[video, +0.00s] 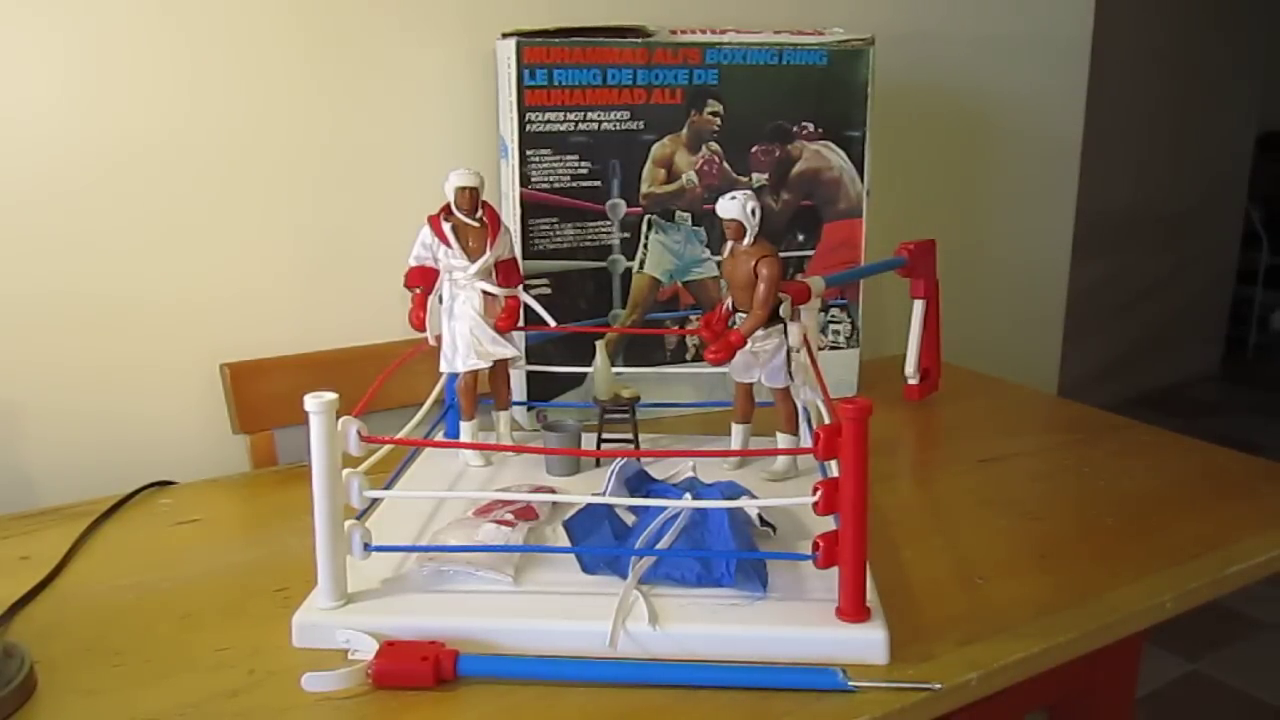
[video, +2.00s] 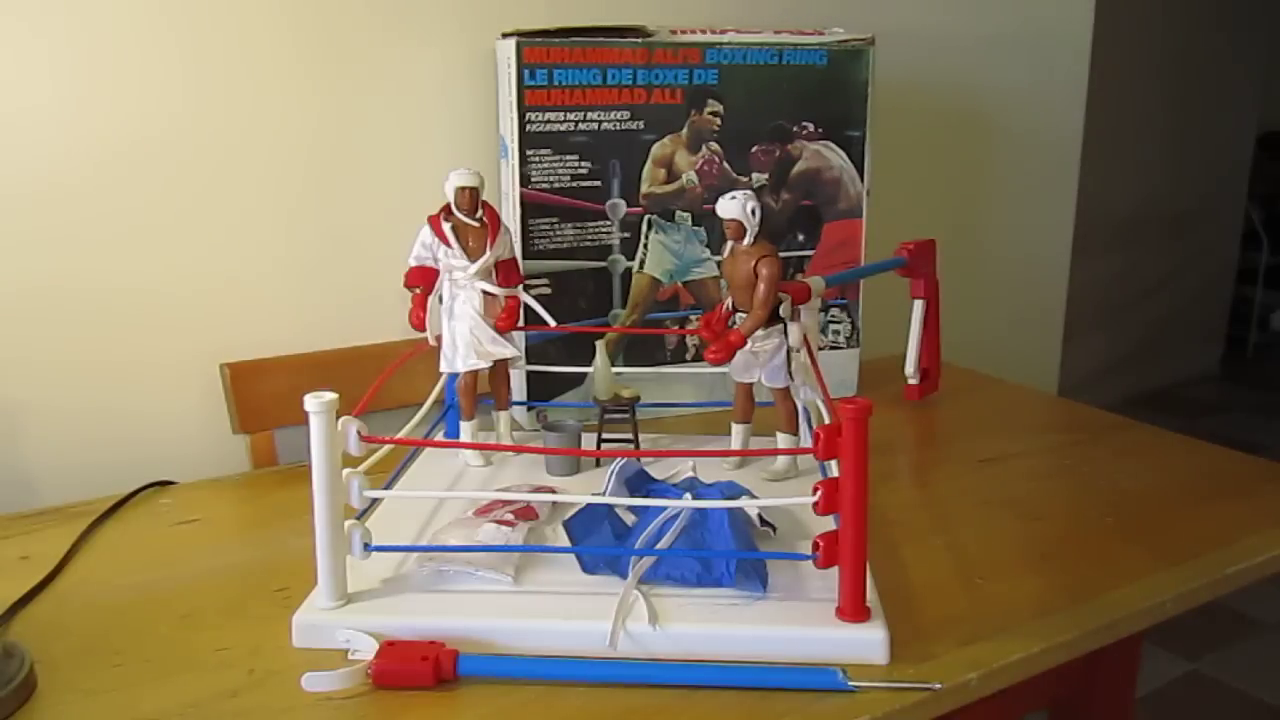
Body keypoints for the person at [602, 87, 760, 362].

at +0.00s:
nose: (718, 122)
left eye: (720, 116)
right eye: (713, 114)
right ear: (694, 115)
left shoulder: (712, 150)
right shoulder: (665, 148)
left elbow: (731, 182)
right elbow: (646, 196)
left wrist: (755, 180)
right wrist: (682, 183)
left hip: (693, 237)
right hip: (660, 234)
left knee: (719, 309)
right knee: (635, 314)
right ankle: (596, 370)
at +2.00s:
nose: (719, 122)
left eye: (721, 116)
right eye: (714, 115)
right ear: (694, 114)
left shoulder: (712, 151)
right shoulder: (664, 148)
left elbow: (731, 182)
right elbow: (647, 196)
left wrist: (755, 181)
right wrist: (682, 183)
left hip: (694, 238)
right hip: (660, 235)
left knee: (718, 310)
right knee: (634, 315)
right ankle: (596, 376)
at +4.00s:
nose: (719, 122)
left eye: (720, 116)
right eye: (713, 114)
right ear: (694, 114)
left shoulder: (712, 150)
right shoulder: (665, 148)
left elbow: (730, 182)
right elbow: (646, 196)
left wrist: (753, 182)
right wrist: (683, 183)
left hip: (694, 238)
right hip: (660, 235)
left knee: (720, 310)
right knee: (635, 314)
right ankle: (596, 370)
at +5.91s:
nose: (718, 122)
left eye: (720, 116)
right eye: (713, 115)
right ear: (693, 114)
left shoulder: (712, 150)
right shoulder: (664, 148)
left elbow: (731, 182)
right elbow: (647, 196)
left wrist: (755, 181)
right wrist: (684, 182)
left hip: (694, 237)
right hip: (661, 234)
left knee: (718, 309)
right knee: (635, 314)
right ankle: (596, 375)